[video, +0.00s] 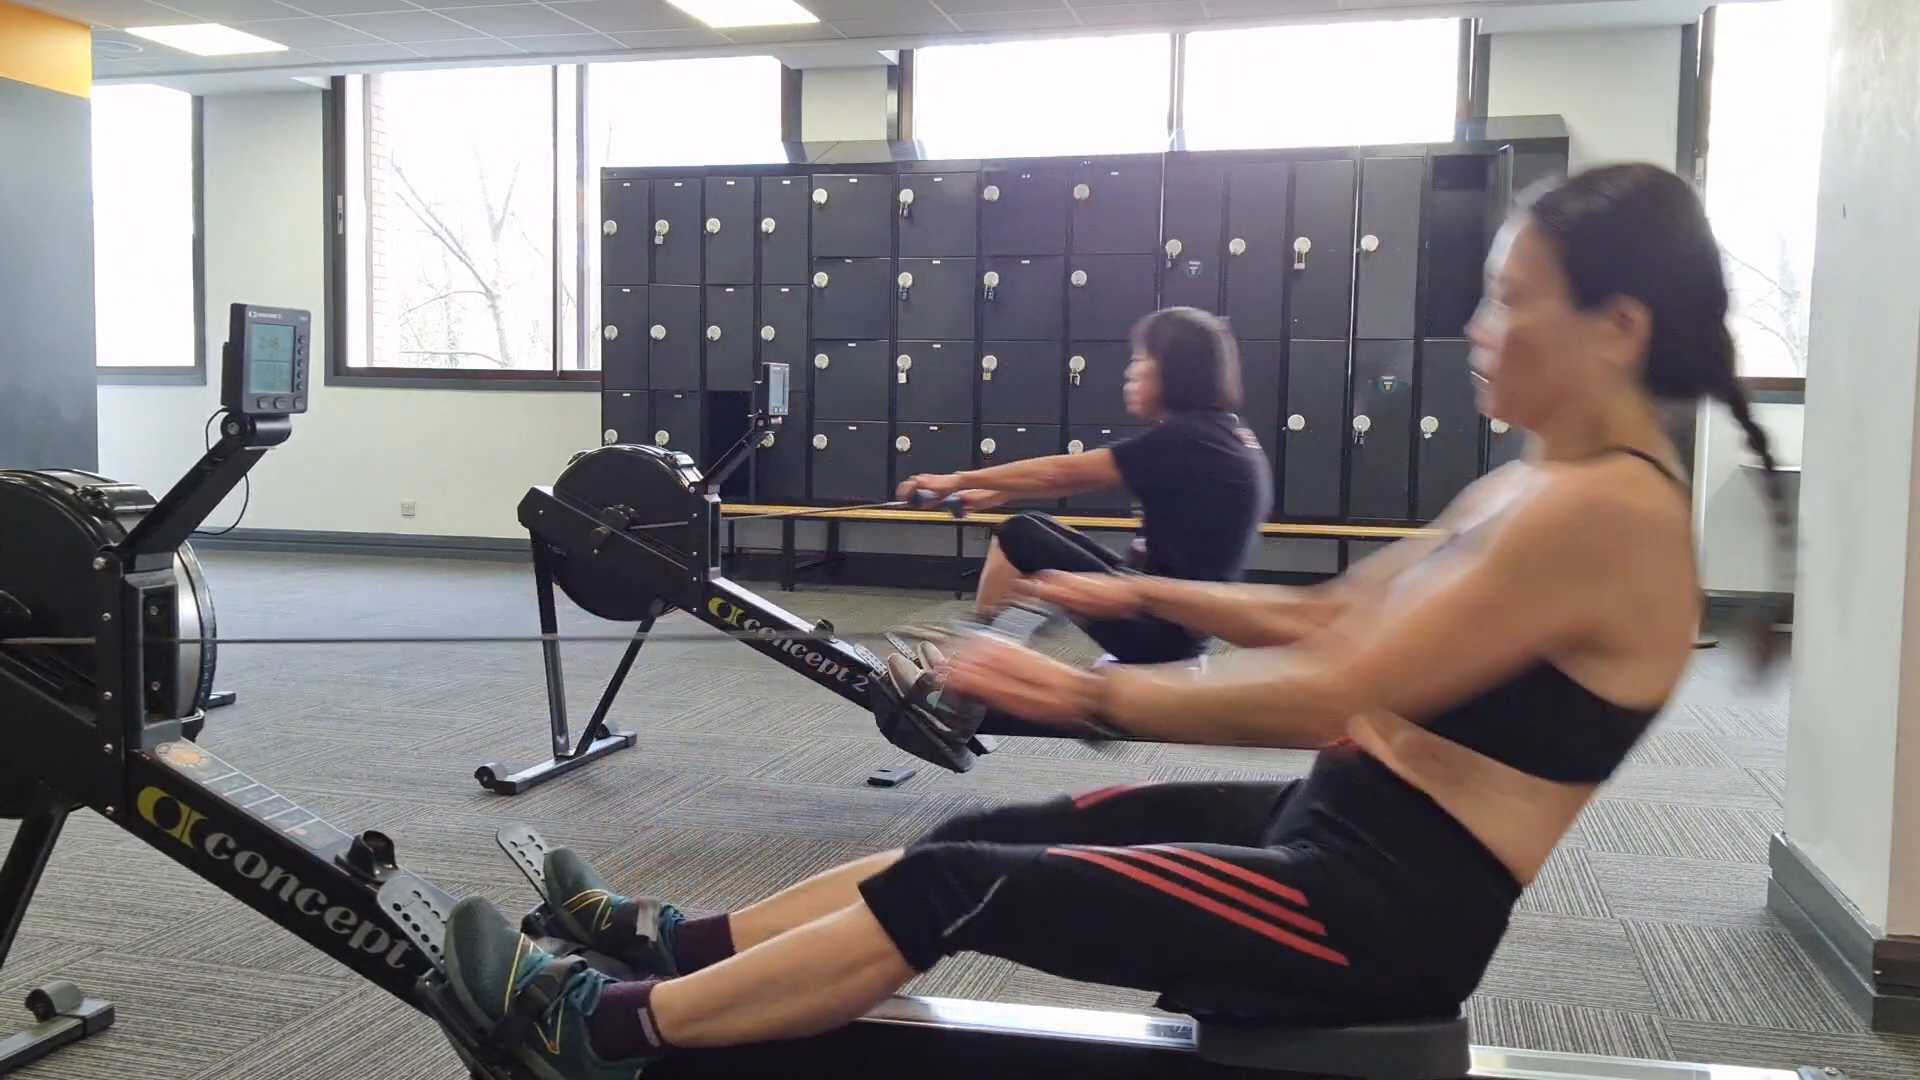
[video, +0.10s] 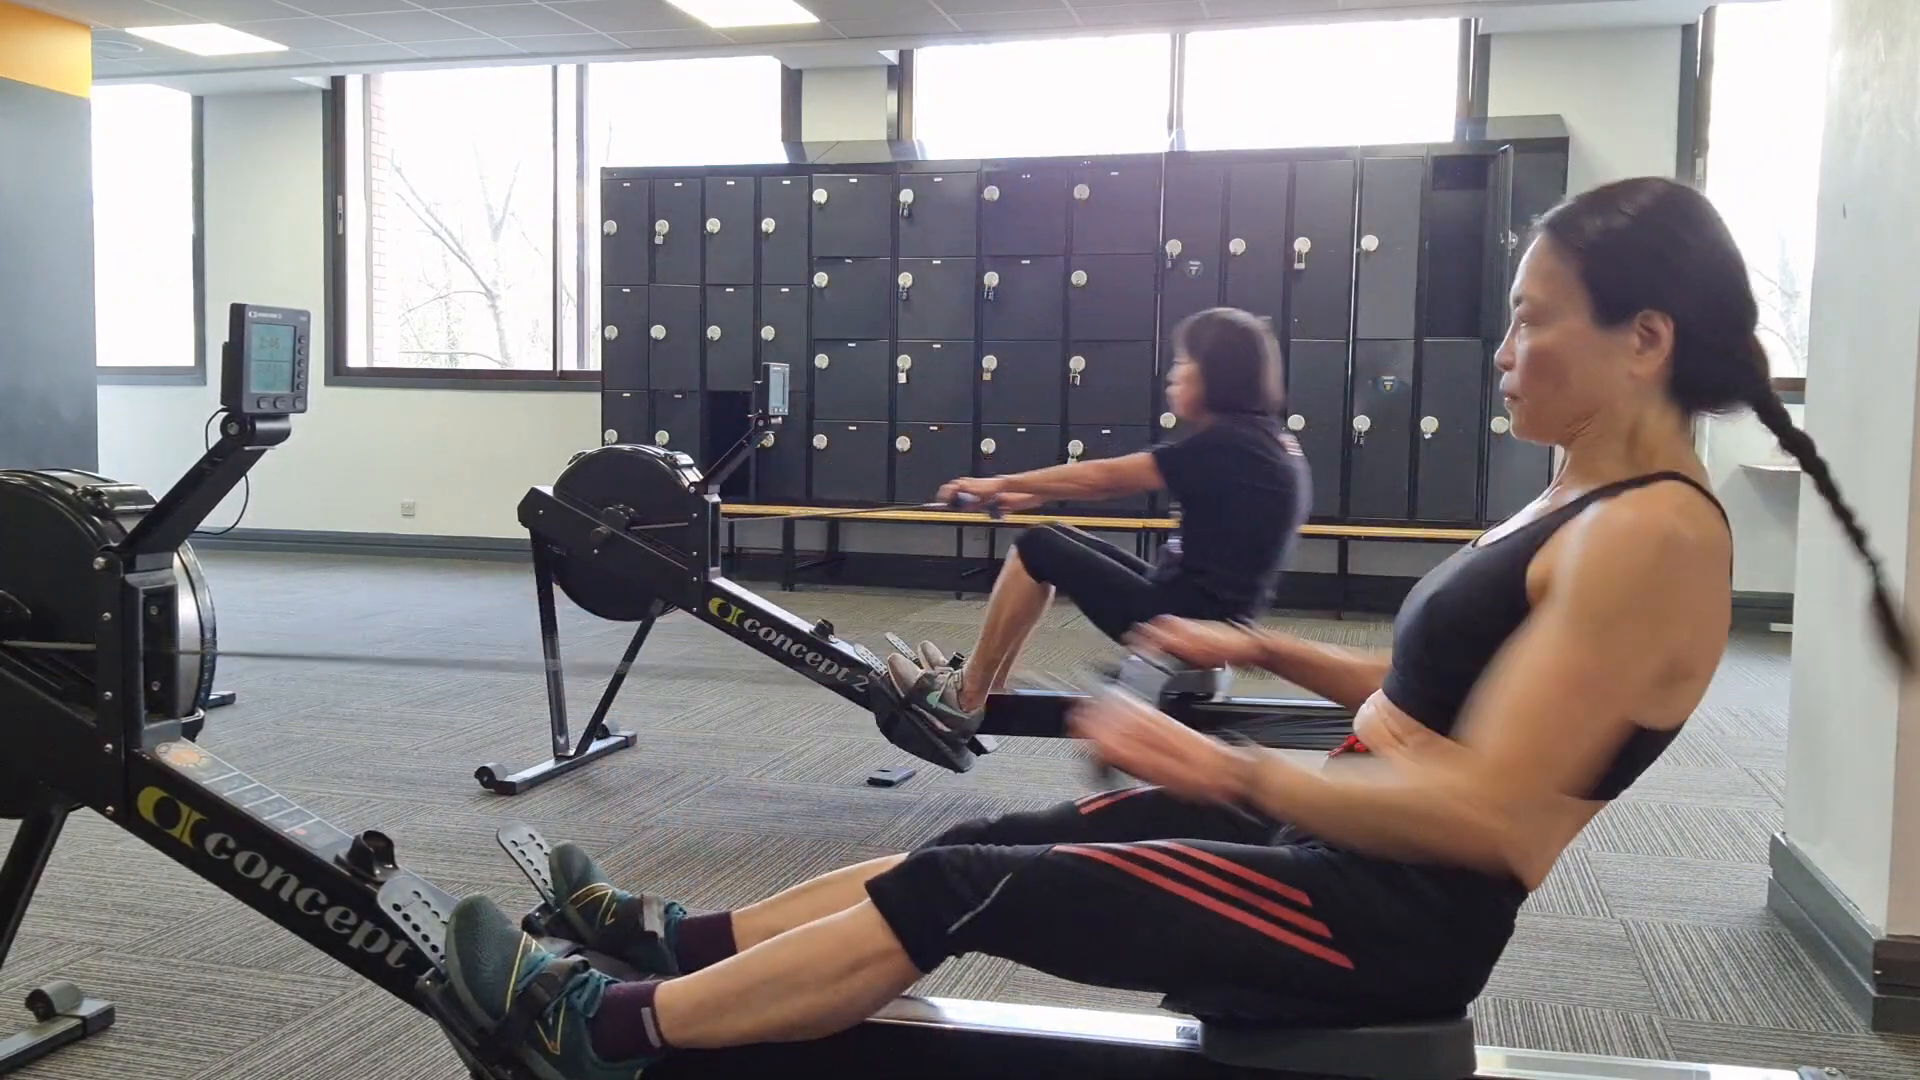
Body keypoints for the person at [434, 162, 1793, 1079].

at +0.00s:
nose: (1481, 333)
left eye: (1511, 306)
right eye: (1489, 303)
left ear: (1619, 328)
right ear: (1585, 327)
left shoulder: (1598, 509)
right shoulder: (1536, 479)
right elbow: (1336, 625)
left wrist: (1089, 697)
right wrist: (1122, 602)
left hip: (1378, 900)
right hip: (1330, 833)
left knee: (969, 874)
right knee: (967, 840)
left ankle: (621, 1029)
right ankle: (669, 953)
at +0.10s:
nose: (1504, 353)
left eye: (1535, 321)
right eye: (1512, 320)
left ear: (1647, 339)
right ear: (1631, 342)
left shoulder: (1650, 533)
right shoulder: (1590, 503)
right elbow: (1429, 714)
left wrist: (1223, 776)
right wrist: (1261, 655)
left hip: (1387, 928)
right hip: (1340, 857)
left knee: (958, 887)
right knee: (963, 839)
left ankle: (618, 1027)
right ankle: (683, 953)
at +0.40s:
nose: (1401, 305)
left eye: (1428, 276)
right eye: (1408, 277)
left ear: (1532, 298)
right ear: (1494, 306)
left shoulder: (1555, 501)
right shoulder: (1479, 477)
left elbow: (1539, 818)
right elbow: (1428, 723)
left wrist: (1285, 763)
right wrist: (1295, 697)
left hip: (1364, 919)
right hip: (1325, 857)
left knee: (952, 837)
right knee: (956, 808)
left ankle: (621, 1034)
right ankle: (693, 946)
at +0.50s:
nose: (1322, 296)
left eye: (1350, 262)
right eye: (1329, 264)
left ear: (1455, 284)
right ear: (1429, 284)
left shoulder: (1477, 486)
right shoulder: (1420, 466)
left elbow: (1385, 782)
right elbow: (1350, 715)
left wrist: (1128, 708)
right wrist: (1151, 675)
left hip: (1340, 916)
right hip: (1303, 855)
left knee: (937, 816)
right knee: (953, 776)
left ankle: (638, 1033)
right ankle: (693, 958)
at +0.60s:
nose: (1238, 286)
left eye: (1267, 256)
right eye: (1244, 256)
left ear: (1363, 281)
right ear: (1339, 283)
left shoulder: (1373, 470)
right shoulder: (1353, 451)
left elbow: (1210, 742)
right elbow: (1263, 640)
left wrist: (1002, 663)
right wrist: (1109, 571)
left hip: (1294, 908)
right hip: (1280, 855)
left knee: (910, 788)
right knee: (933, 743)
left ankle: (643, 1026)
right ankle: (699, 968)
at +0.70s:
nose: (1145, 286)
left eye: (1172, 258)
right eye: (1154, 258)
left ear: (1259, 280)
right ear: (1255, 284)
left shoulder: (1253, 467)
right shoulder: (1297, 447)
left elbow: (1052, 708)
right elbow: (1180, 608)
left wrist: (858, 651)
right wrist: (991, 558)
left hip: (1242, 906)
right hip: (1256, 868)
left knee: (874, 765)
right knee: (893, 744)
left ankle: (633, 1022)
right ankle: (675, 977)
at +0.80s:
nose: (1053, 292)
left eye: (1077, 264)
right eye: (1060, 264)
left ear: (1166, 285)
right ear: (1161, 288)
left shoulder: (1152, 468)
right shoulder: (1210, 449)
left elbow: (916, 692)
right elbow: (1075, 597)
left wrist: (731, 677)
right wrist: (874, 581)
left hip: (1176, 914)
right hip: (1209, 868)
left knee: (831, 741)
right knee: (871, 704)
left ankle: (630, 1013)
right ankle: (667, 961)